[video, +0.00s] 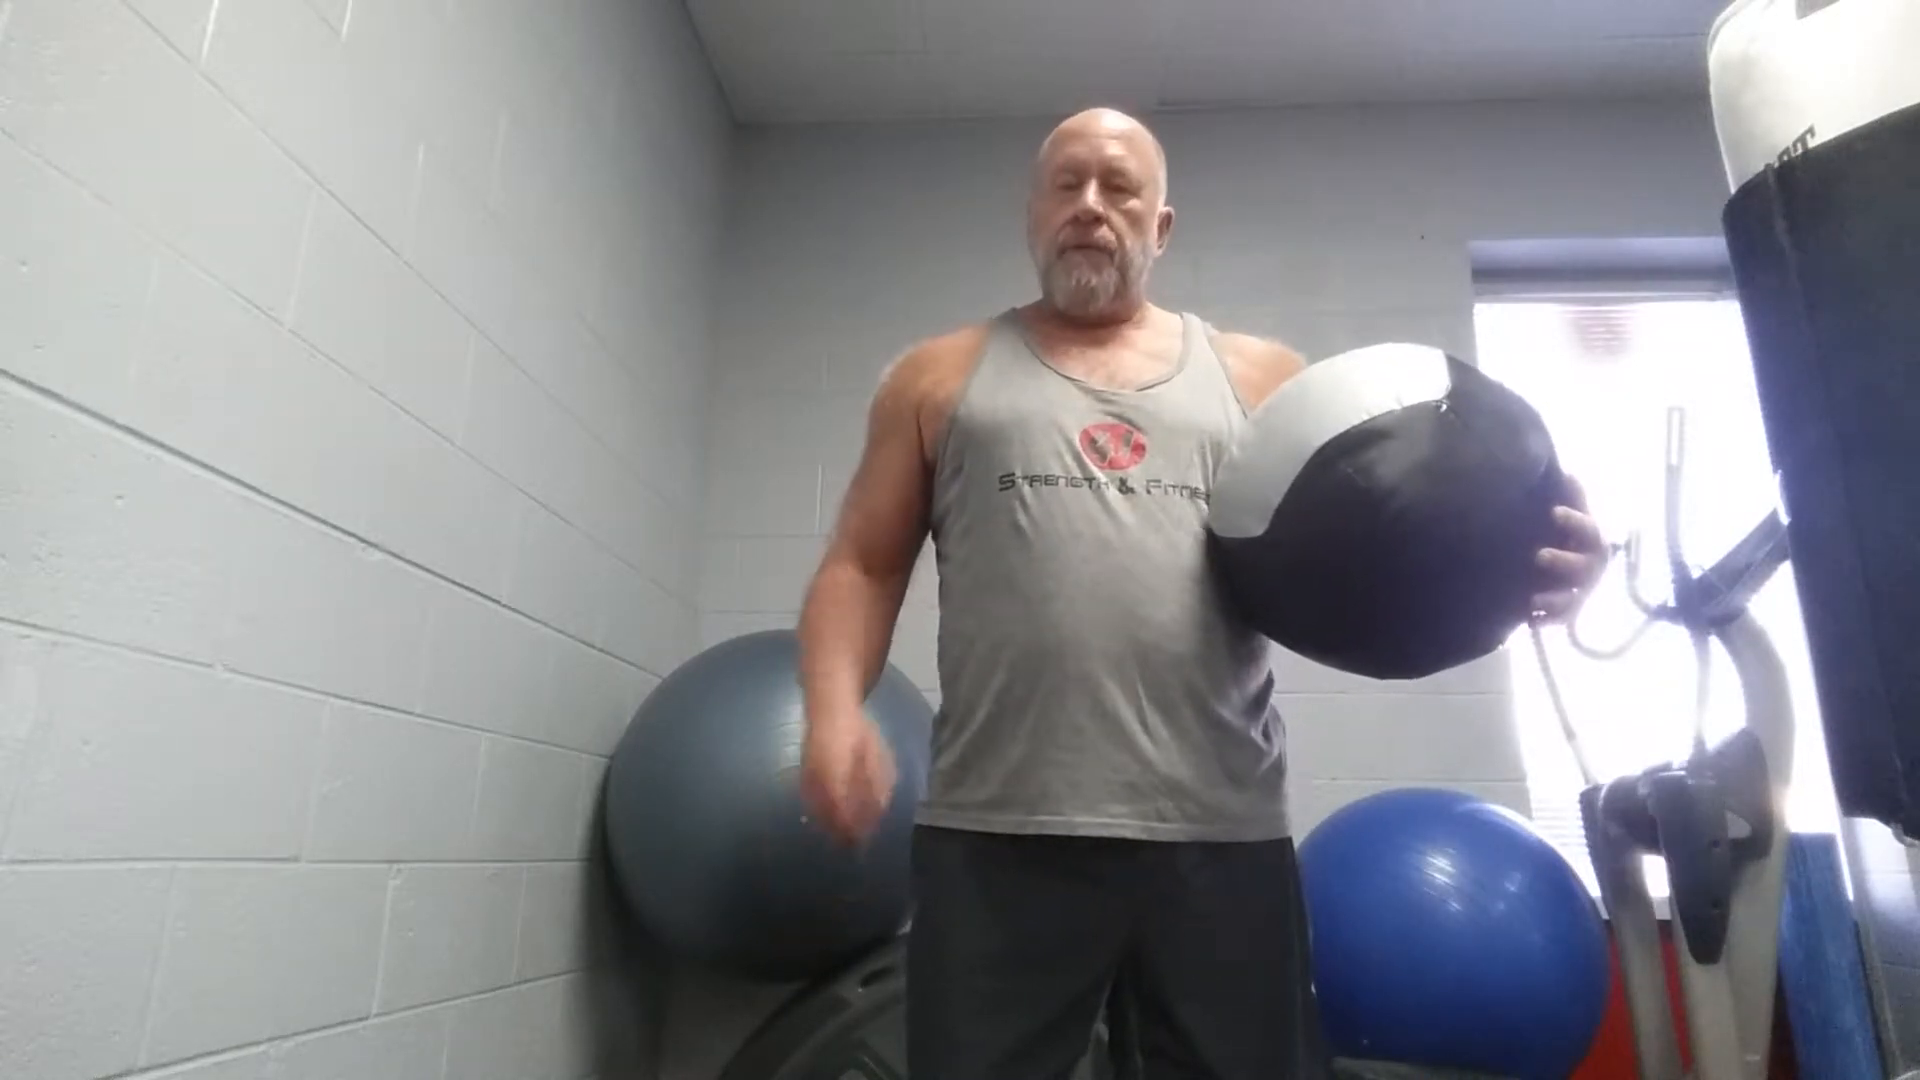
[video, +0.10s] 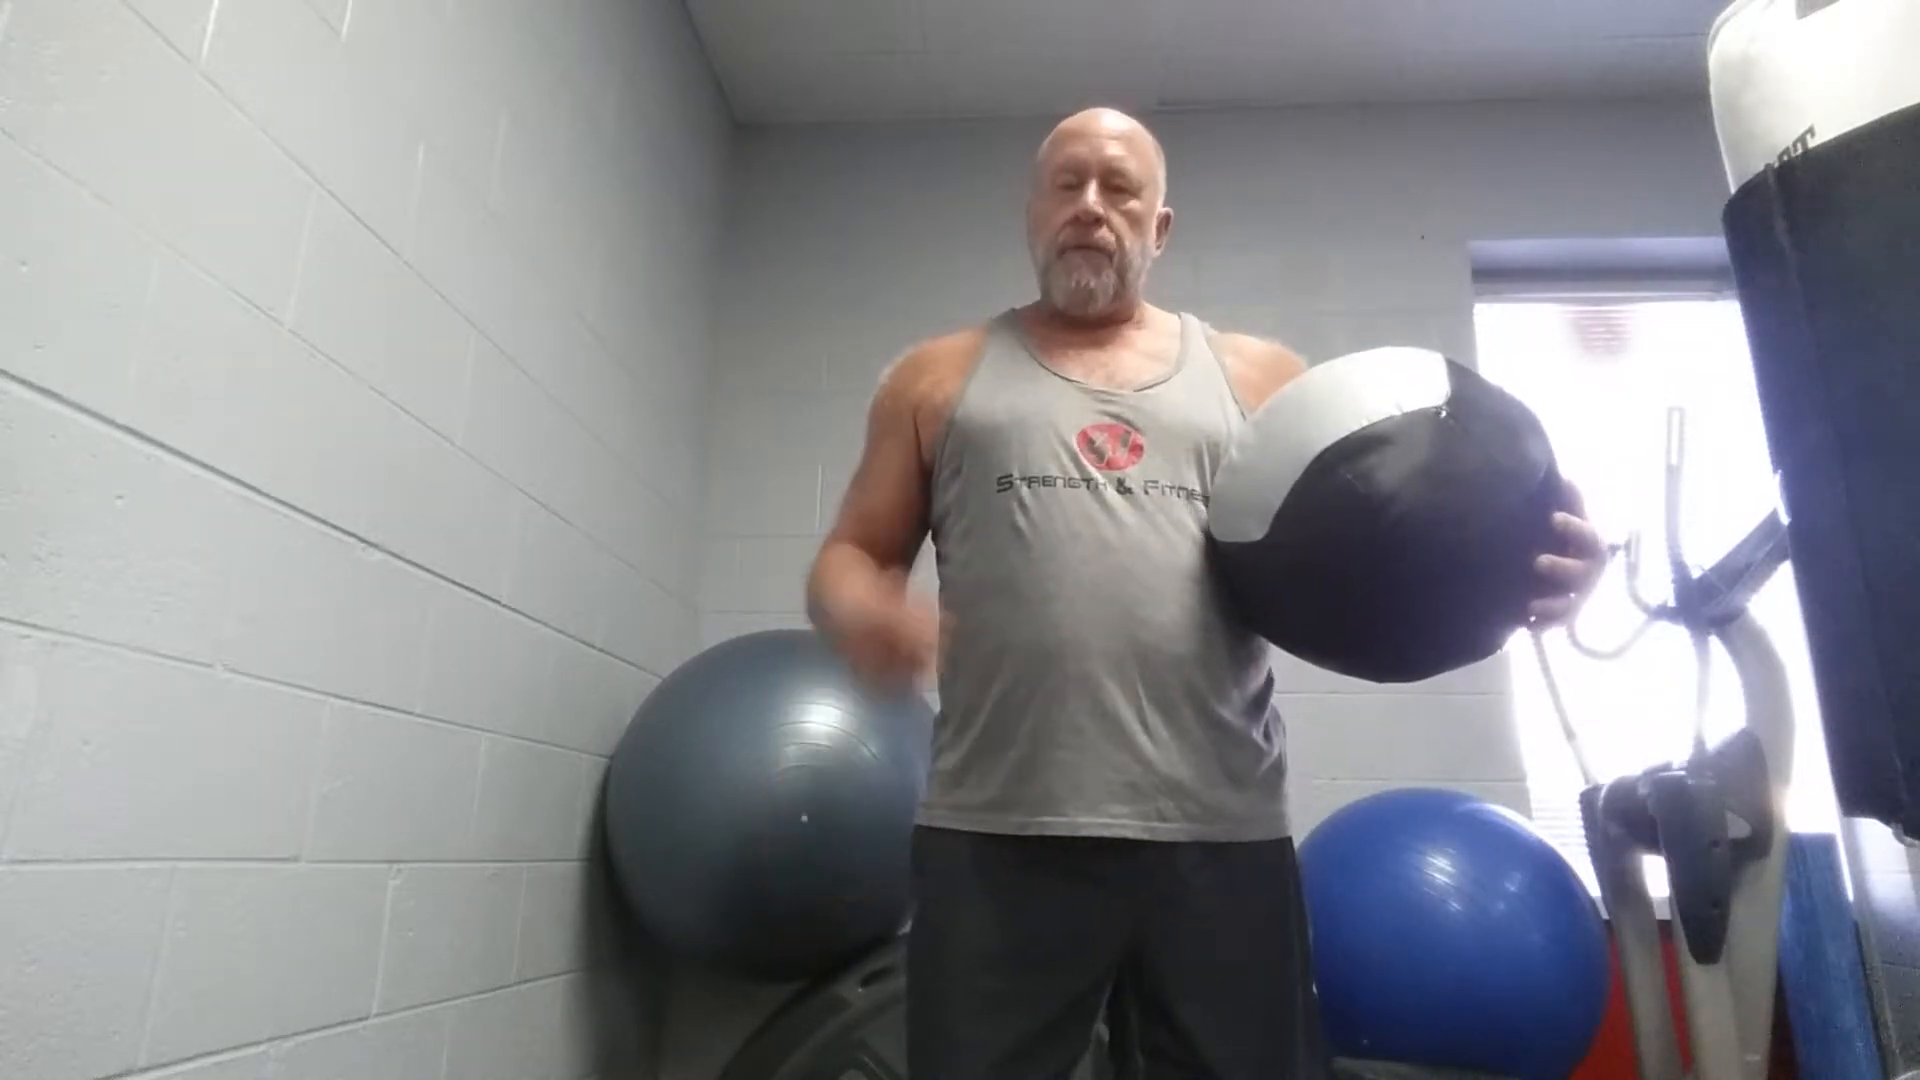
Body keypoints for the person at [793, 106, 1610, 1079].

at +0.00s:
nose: (1091, 206)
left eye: (1120, 187)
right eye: (1066, 184)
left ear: (1162, 222)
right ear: (1028, 213)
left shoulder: (1256, 374)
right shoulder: (938, 377)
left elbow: (1404, 521)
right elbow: (864, 564)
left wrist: (1545, 558)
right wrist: (832, 714)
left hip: (1222, 844)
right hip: (995, 843)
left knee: (1250, 1067)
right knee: (976, 1068)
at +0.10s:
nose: (1091, 206)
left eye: (1120, 187)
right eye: (1066, 183)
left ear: (1160, 222)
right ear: (1029, 212)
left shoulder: (1253, 373)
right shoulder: (936, 379)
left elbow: (1400, 525)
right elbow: (853, 558)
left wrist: (1540, 565)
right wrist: (876, 623)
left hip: (1221, 844)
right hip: (994, 844)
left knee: (1249, 1067)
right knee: (975, 1067)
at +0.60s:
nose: (1097, 203)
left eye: (1127, 186)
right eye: (1073, 180)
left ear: (1163, 224)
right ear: (1033, 209)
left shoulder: (1252, 374)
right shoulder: (935, 373)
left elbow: (1391, 537)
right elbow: (841, 584)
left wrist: (1536, 570)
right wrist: (881, 548)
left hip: (1216, 840)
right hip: (991, 839)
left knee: (1244, 1076)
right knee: (971, 1076)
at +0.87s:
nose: (1096, 204)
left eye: (1124, 185)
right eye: (1071, 180)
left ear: (1160, 219)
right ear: (1030, 207)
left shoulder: (1254, 374)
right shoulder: (933, 373)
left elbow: (1392, 536)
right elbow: (838, 583)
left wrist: (1535, 569)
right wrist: (890, 554)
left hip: (1217, 841)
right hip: (991, 839)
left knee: (1238, 1076)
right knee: (971, 1075)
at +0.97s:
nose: (1095, 202)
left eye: (1123, 184)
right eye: (1069, 179)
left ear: (1160, 219)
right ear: (1029, 208)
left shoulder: (1254, 372)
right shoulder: (932, 374)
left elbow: (1394, 534)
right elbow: (838, 583)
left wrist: (1541, 567)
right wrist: (890, 556)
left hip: (1218, 841)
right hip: (991, 838)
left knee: (1239, 1076)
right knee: (971, 1075)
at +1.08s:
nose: (1092, 203)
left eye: (1120, 184)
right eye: (1067, 179)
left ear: (1158, 216)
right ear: (1027, 208)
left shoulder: (1253, 371)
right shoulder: (932, 374)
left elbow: (1393, 532)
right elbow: (838, 583)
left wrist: (1539, 564)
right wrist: (890, 557)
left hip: (1218, 842)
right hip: (992, 840)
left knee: (1240, 1077)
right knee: (971, 1076)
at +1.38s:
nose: (1078, 203)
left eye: (1105, 181)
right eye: (1051, 182)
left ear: (1150, 211)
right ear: (1014, 216)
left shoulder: (1254, 369)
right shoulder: (932, 377)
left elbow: (1392, 529)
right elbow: (833, 572)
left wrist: (1542, 561)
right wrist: (886, 585)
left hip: (1220, 842)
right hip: (993, 841)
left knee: (1244, 1078)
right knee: (974, 1075)